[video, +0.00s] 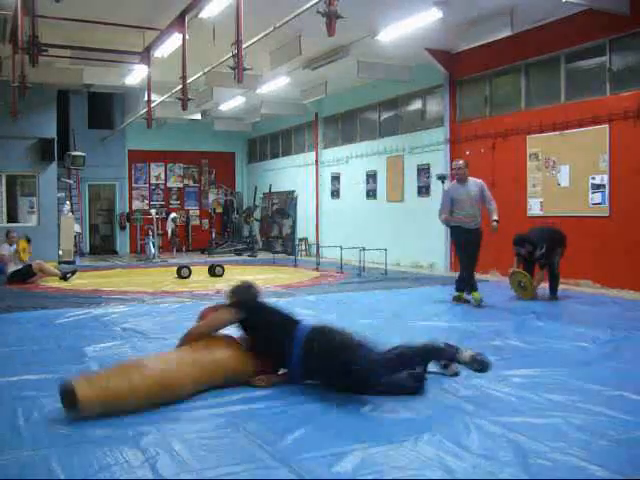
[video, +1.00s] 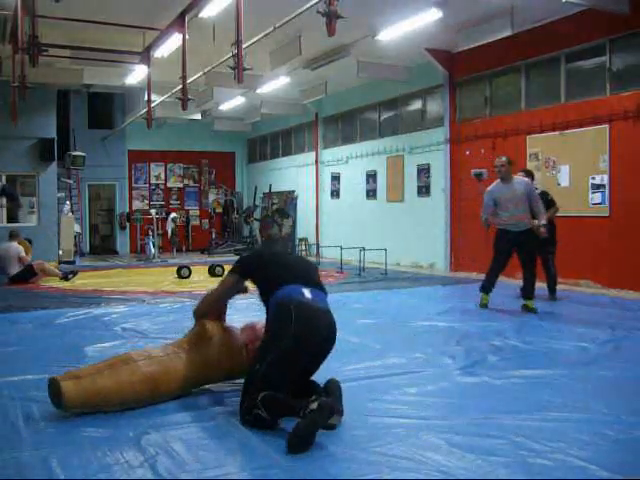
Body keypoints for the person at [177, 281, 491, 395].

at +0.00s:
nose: (229, 309)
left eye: (230, 305)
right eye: (231, 304)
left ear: (237, 303)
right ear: (255, 300)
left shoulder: (252, 311)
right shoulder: (266, 326)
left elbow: (205, 323)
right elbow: (294, 364)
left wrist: (184, 344)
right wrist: (276, 376)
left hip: (316, 347)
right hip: (313, 364)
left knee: (375, 368)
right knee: (370, 379)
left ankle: (437, 358)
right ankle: (428, 365)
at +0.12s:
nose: (202, 312)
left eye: (204, 307)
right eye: (203, 307)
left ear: (212, 306)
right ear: (228, 301)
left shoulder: (223, 318)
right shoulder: (247, 318)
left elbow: (186, 340)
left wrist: (204, 336)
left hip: (299, 354)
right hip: (299, 372)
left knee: (322, 391)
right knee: (387, 374)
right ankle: (439, 333)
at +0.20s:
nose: (190, 316)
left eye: (188, 311)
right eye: (192, 309)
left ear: (192, 309)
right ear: (212, 297)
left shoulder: (205, 322)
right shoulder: (237, 308)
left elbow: (180, 345)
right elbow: (277, 326)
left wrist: (202, 344)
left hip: (285, 357)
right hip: (306, 347)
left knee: (303, 408)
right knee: (381, 381)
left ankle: (376, 387)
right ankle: (439, 326)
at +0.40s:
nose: (179, 314)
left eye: (177, 310)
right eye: (179, 309)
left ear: (181, 303)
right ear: (199, 291)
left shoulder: (190, 308)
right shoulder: (234, 292)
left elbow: (174, 349)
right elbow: (257, 340)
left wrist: (198, 335)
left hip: (269, 326)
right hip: (297, 313)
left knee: (284, 409)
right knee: (352, 382)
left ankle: (354, 399)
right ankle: (405, 367)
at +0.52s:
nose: (187, 311)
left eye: (186, 308)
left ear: (190, 302)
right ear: (206, 289)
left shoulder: (199, 306)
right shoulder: (239, 286)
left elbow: (176, 347)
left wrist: (194, 336)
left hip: (269, 318)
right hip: (300, 305)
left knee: (254, 411)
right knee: (335, 381)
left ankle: (319, 399)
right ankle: (373, 380)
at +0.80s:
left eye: (229, 283)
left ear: (233, 279)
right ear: (254, 273)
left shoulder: (234, 284)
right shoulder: (276, 277)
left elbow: (192, 326)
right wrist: (259, 342)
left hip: (286, 327)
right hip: (318, 327)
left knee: (247, 410)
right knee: (282, 380)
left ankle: (306, 406)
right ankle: (324, 398)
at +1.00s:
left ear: (262, 248)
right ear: (288, 249)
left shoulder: (255, 258)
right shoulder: (306, 265)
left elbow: (205, 309)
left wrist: (235, 289)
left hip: (289, 323)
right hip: (325, 327)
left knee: (251, 410)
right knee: (292, 383)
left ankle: (306, 407)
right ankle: (325, 397)